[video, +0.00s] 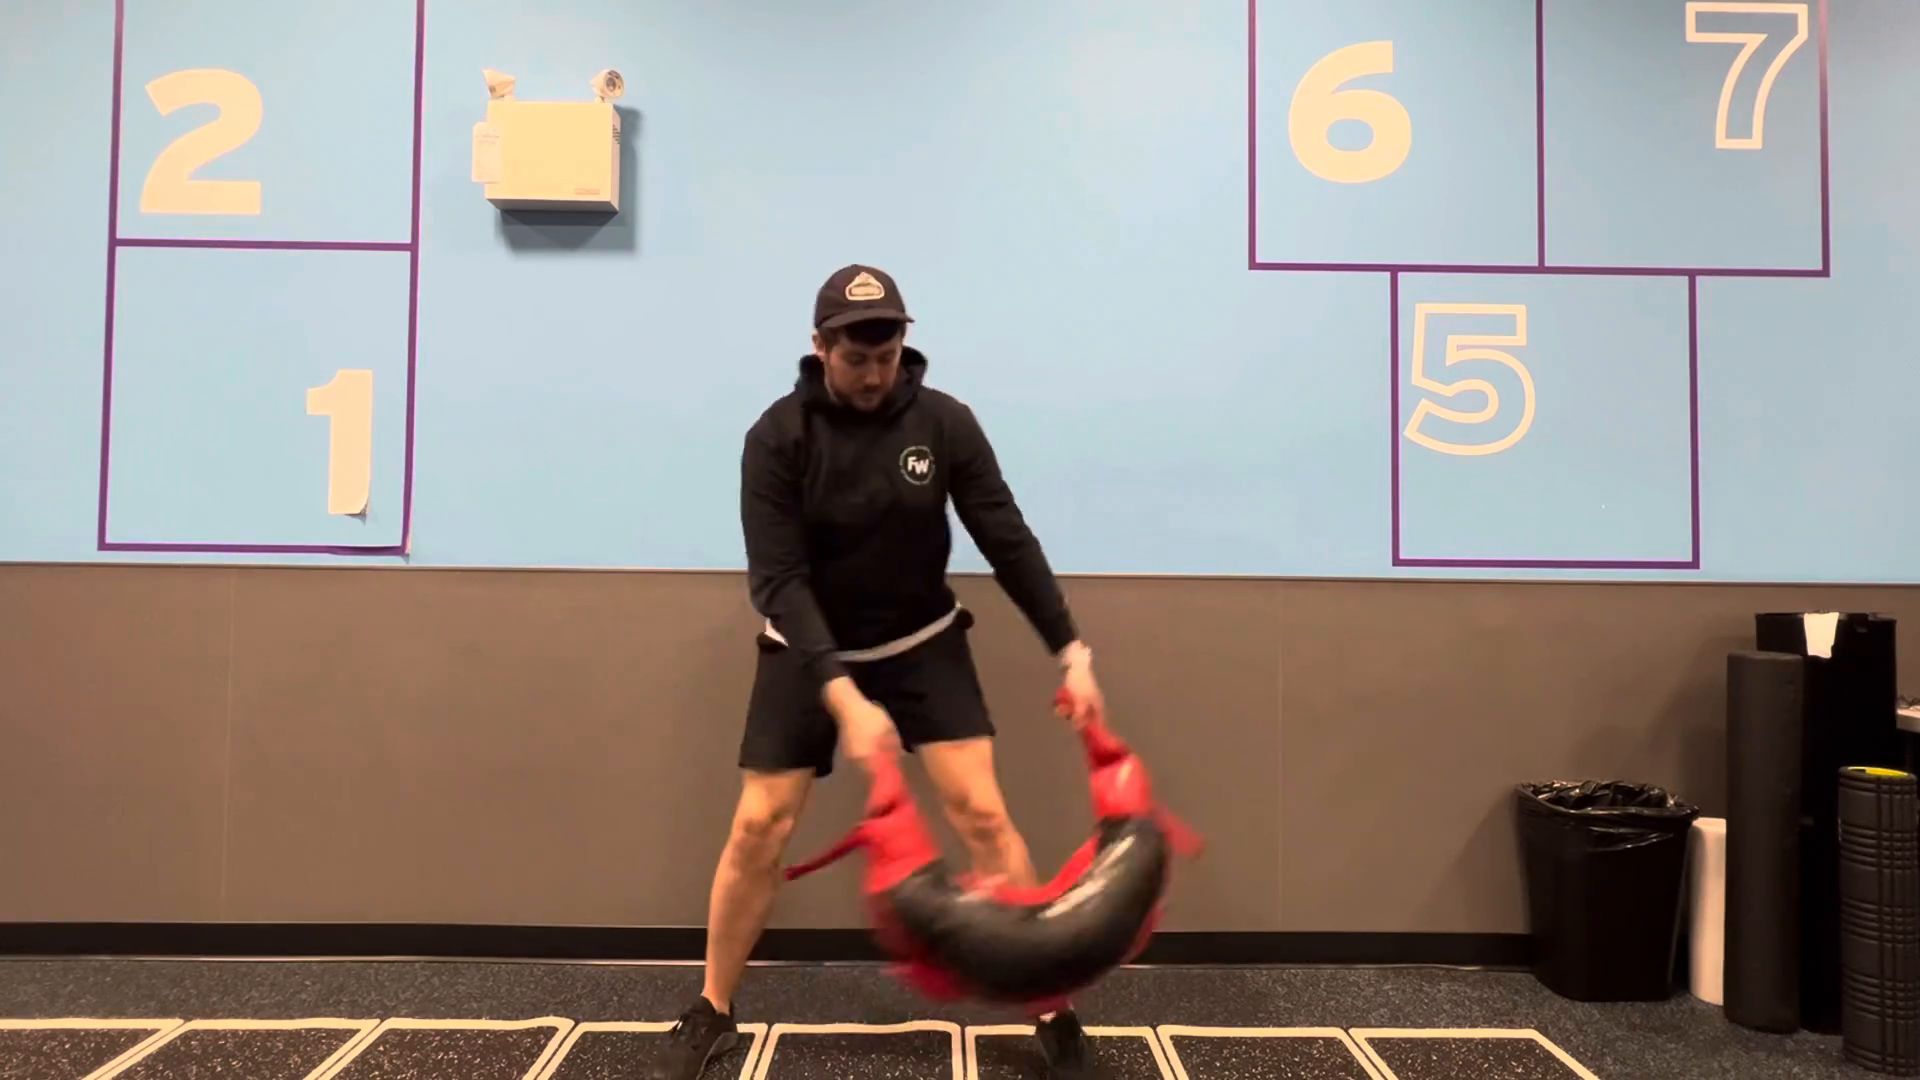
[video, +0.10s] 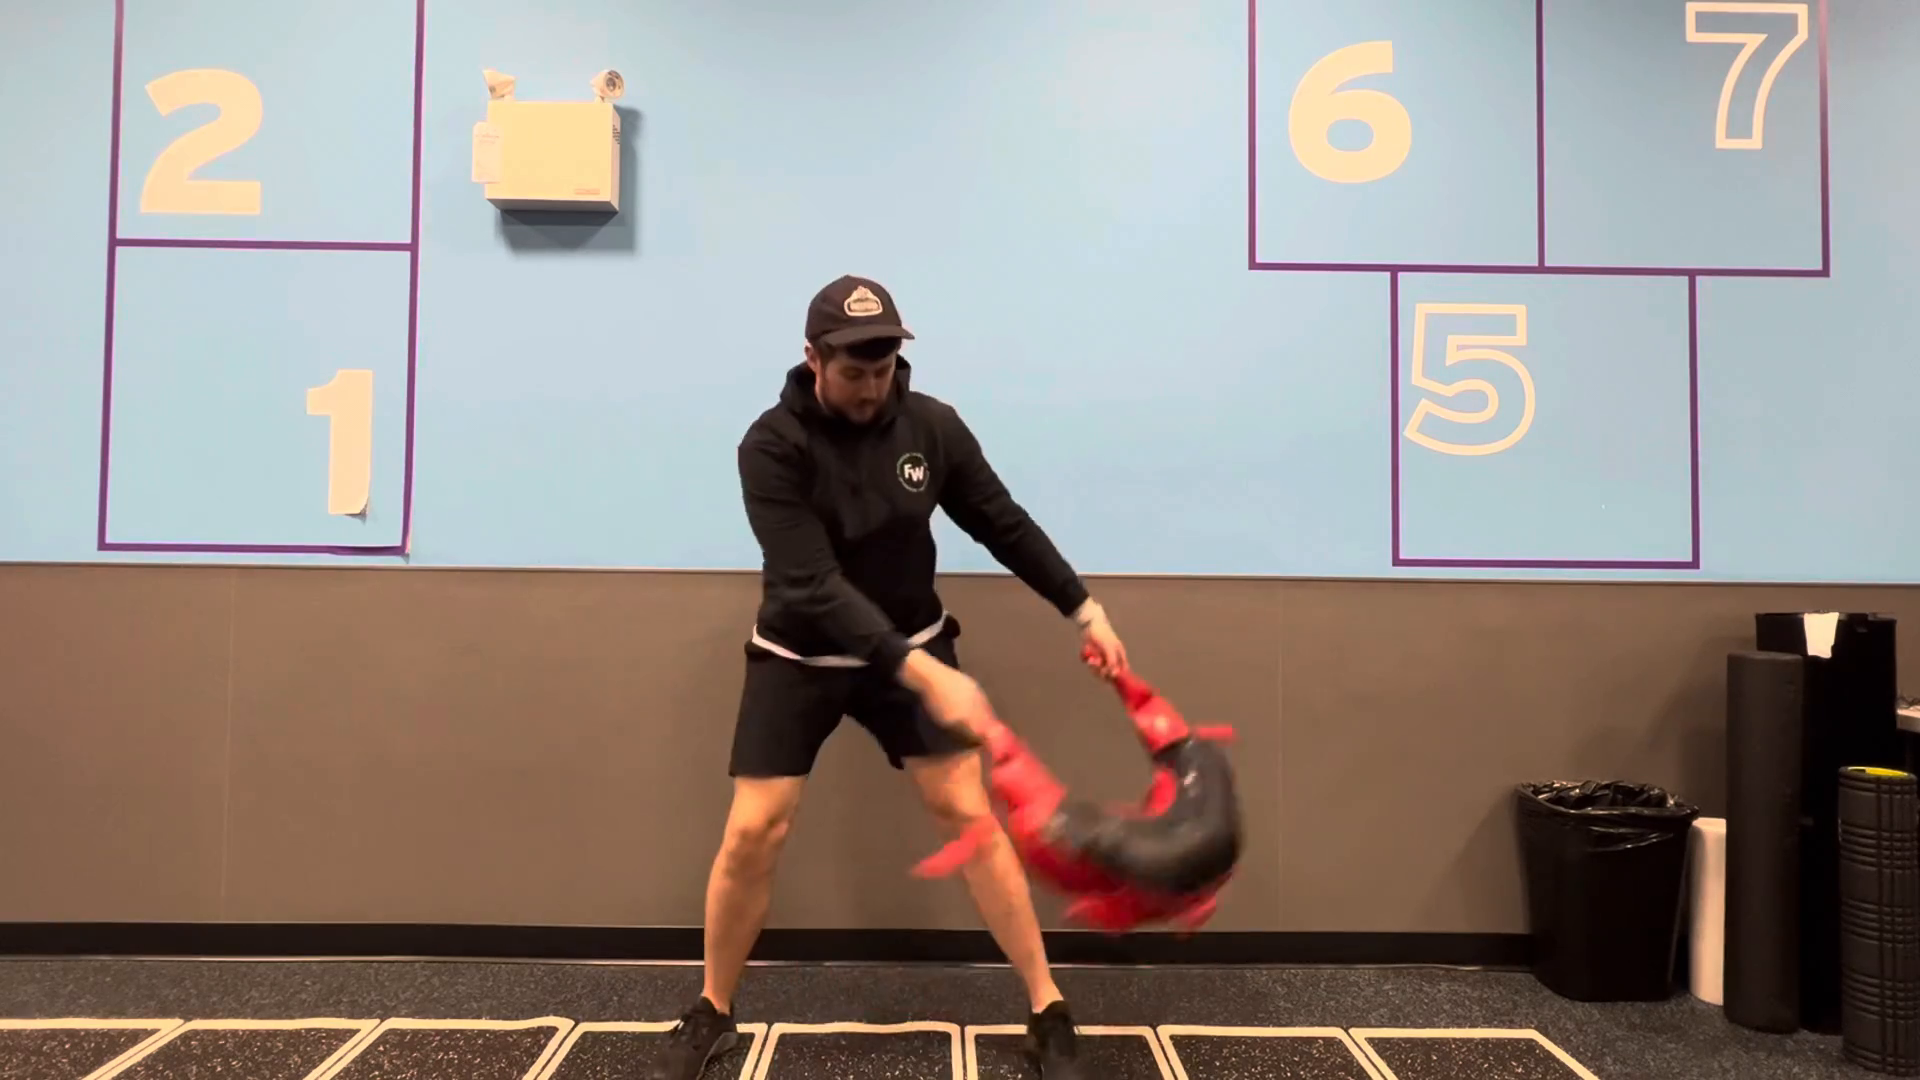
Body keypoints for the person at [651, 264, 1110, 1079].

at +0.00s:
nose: (872, 365)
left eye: (885, 347)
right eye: (854, 350)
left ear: (904, 342)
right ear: (820, 348)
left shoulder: (943, 423)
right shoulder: (777, 439)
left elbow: (1007, 540)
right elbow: (776, 582)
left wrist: (1071, 650)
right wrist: (842, 696)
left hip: (921, 643)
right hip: (806, 649)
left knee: (983, 814)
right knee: (756, 826)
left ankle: (1054, 1011)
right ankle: (713, 1009)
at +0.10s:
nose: (872, 384)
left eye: (885, 365)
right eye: (854, 367)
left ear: (901, 354)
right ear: (813, 359)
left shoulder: (929, 425)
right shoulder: (772, 448)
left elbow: (1000, 520)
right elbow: (813, 588)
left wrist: (1084, 608)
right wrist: (924, 673)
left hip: (910, 647)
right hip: (798, 653)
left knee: (971, 816)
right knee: (750, 832)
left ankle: (1047, 1007)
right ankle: (712, 1009)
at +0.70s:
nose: (854, 422)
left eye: (871, 406)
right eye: (840, 404)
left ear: (904, 394)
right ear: (817, 390)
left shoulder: (944, 450)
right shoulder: (782, 471)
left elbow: (1004, 555)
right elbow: (820, 613)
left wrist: (1078, 652)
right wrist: (906, 715)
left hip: (919, 655)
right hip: (803, 657)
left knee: (981, 819)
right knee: (745, 828)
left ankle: (1046, 1018)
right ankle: (702, 1014)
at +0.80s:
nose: (839, 417)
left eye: (856, 402)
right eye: (825, 400)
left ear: (893, 388)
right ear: (806, 386)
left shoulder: (942, 452)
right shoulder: (772, 465)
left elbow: (988, 574)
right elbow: (779, 611)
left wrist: (1036, 693)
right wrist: (819, 736)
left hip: (915, 657)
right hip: (800, 659)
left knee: (976, 826)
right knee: (744, 827)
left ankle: (1041, 1014)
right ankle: (702, 1011)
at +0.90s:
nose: (833, 410)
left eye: (850, 394)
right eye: (820, 393)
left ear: (889, 381)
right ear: (804, 381)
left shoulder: (942, 453)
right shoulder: (776, 451)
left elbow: (961, 593)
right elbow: (749, 585)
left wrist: (952, 728)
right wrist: (724, 713)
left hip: (914, 664)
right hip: (802, 659)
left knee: (982, 830)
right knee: (749, 821)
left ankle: (1041, 1007)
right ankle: (712, 1002)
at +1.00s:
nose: (827, 404)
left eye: (845, 388)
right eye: (816, 386)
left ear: (890, 378)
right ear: (803, 375)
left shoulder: (938, 459)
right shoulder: (776, 440)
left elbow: (910, 607)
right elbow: (737, 553)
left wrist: (839, 729)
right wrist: (674, 656)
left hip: (924, 651)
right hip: (810, 647)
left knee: (983, 829)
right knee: (749, 818)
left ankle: (1042, 1012)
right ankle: (704, 1010)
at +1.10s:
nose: (822, 401)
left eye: (839, 387)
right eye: (811, 383)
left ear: (886, 377)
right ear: (799, 372)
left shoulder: (926, 463)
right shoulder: (779, 427)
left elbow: (857, 603)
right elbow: (742, 520)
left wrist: (746, 695)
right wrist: (662, 604)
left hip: (920, 658)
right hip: (806, 652)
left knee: (985, 832)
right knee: (744, 826)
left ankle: (1045, 1015)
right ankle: (707, 1007)